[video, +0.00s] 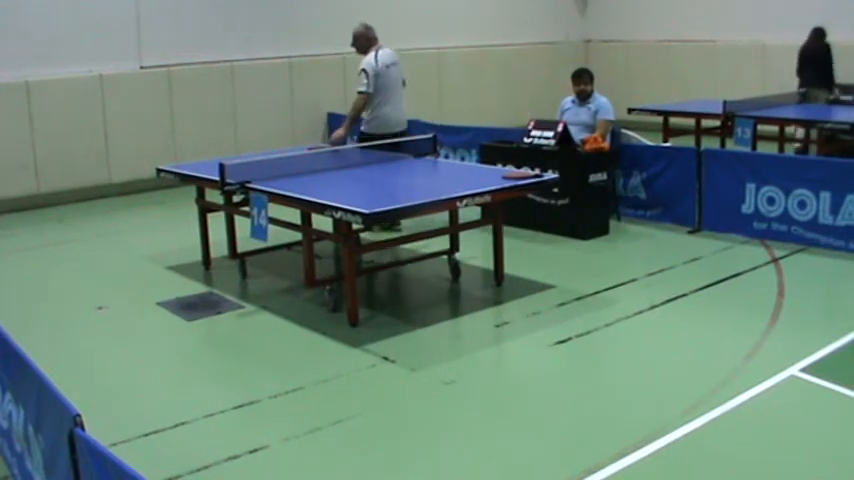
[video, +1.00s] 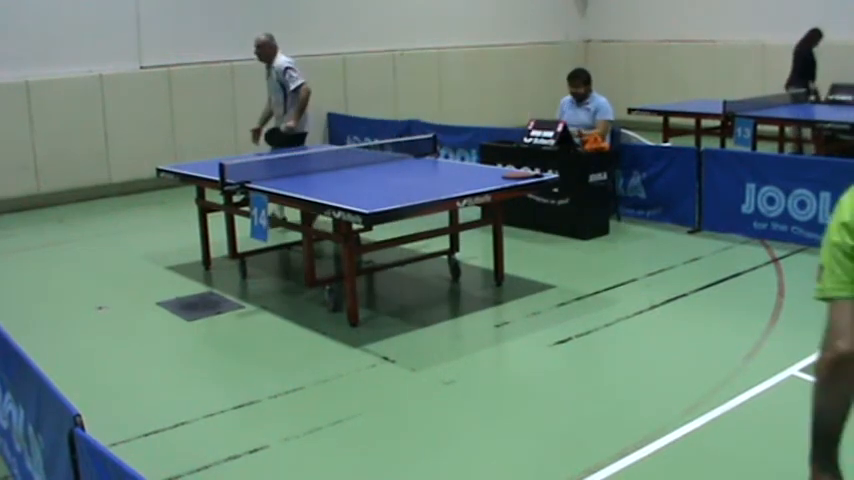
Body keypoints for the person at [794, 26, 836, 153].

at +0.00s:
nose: (823, 39)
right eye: (823, 36)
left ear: (811, 34)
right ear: (823, 36)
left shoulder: (804, 47)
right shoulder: (825, 47)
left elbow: (799, 70)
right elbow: (828, 69)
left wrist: (803, 80)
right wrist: (831, 86)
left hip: (805, 86)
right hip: (822, 87)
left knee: (805, 118)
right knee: (822, 120)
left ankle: (801, 145)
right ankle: (821, 149)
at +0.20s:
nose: (823, 41)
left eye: (823, 39)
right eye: (823, 39)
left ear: (813, 35)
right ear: (821, 38)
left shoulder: (804, 45)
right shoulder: (819, 46)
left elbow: (801, 67)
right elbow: (820, 65)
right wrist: (824, 82)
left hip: (799, 85)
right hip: (813, 85)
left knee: (800, 120)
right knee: (815, 119)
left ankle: (800, 148)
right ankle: (821, 150)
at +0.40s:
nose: (820, 45)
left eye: (821, 42)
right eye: (821, 42)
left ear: (811, 37)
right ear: (818, 40)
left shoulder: (802, 48)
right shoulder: (814, 49)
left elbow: (799, 69)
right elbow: (812, 71)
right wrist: (814, 89)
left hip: (793, 87)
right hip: (805, 88)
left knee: (798, 122)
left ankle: (799, 148)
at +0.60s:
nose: (819, 46)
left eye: (820, 43)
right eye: (820, 43)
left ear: (811, 38)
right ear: (816, 41)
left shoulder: (802, 48)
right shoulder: (809, 52)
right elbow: (807, 79)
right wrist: (815, 94)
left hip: (791, 86)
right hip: (801, 88)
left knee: (796, 121)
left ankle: (797, 148)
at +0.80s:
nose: (819, 44)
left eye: (820, 42)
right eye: (819, 41)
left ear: (811, 36)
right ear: (815, 39)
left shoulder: (802, 47)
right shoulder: (807, 49)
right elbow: (805, 74)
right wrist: (813, 90)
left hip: (792, 86)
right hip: (799, 87)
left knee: (796, 121)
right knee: (798, 121)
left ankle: (797, 149)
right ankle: (798, 149)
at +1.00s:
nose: (818, 43)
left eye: (819, 40)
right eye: (818, 40)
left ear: (808, 36)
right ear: (813, 38)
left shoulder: (800, 48)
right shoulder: (806, 51)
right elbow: (808, 76)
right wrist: (815, 93)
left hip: (792, 86)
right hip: (801, 88)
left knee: (796, 121)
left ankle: (798, 149)